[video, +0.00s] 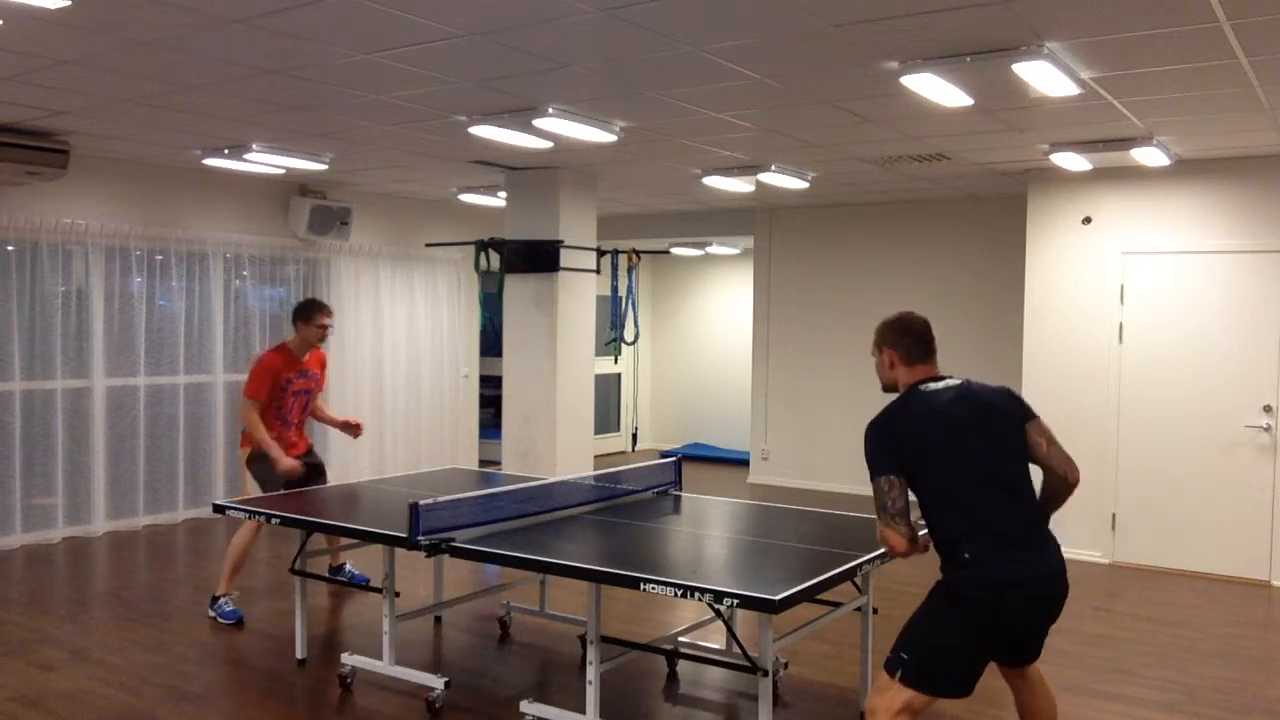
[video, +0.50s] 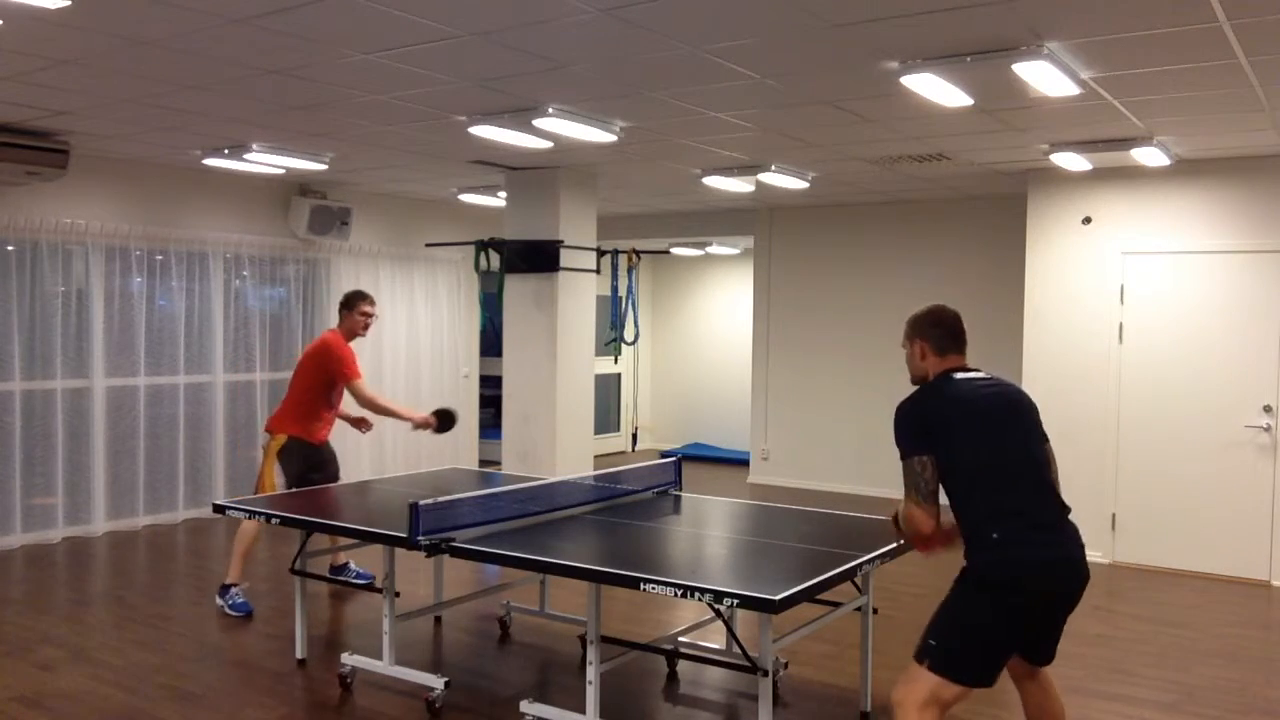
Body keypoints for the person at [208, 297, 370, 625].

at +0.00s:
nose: (327, 333)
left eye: (329, 327)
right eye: (322, 327)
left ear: (322, 328)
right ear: (301, 326)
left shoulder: (318, 359)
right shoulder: (270, 362)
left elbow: (312, 404)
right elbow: (248, 413)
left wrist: (338, 423)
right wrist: (277, 455)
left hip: (299, 448)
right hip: (263, 450)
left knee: (328, 501)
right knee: (259, 515)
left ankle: (337, 565)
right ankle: (222, 595)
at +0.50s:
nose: (369, 322)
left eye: (372, 317)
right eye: (364, 315)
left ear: (368, 320)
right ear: (346, 313)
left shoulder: (333, 346)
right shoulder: (335, 347)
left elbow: (316, 397)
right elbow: (364, 398)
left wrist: (348, 417)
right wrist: (412, 416)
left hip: (315, 441)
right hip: (288, 439)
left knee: (333, 505)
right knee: (259, 511)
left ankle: (339, 563)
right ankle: (230, 586)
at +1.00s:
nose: (325, 322)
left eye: (329, 317)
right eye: (319, 317)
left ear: (333, 319)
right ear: (302, 317)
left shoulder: (337, 352)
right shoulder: (277, 356)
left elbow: (341, 392)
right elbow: (263, 404)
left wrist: (362, 422)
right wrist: (262, 448)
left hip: (325, 445)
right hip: (284, 447)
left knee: (350, 503)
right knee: (262, 511)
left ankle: (365, 554)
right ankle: (243, 585)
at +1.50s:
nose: (291, 326)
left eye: (295, 320)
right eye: (285, 320)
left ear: (298, 321)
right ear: (267, 319)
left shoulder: (299, 351)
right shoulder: (247, 355)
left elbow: (300, 395)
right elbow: (238, 408)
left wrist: (317, 411)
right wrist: (249, 394)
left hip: (290, 439)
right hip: (252, 442)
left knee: (322, 497)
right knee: (245, 512)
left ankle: (337, 556)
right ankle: (239, 584)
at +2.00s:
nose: (310, 312)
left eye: (313, 307)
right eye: (305, 306)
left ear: (311, 309)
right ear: (286, 306)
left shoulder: (310, 342)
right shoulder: (260, 344)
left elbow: (305, 384)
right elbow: (240, 394)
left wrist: (319, 412)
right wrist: (215, 439)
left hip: (290, 436)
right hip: (255, 435)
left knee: (287, 500)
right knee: (246, 505)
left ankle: (282, 557)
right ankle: (239, 580)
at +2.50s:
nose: (279, 331)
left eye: (283, 324)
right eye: (272, 325)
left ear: (288, 323)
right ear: (256, 325)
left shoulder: (302, 357)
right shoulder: (239, 365)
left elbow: (312, 394)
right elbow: (230, 417)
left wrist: (326, 430)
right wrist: (221, 463)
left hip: (294, 447)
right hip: (253, 448)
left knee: (303, 505)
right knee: (255, 504)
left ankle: (300, 554)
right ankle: (234, 581)